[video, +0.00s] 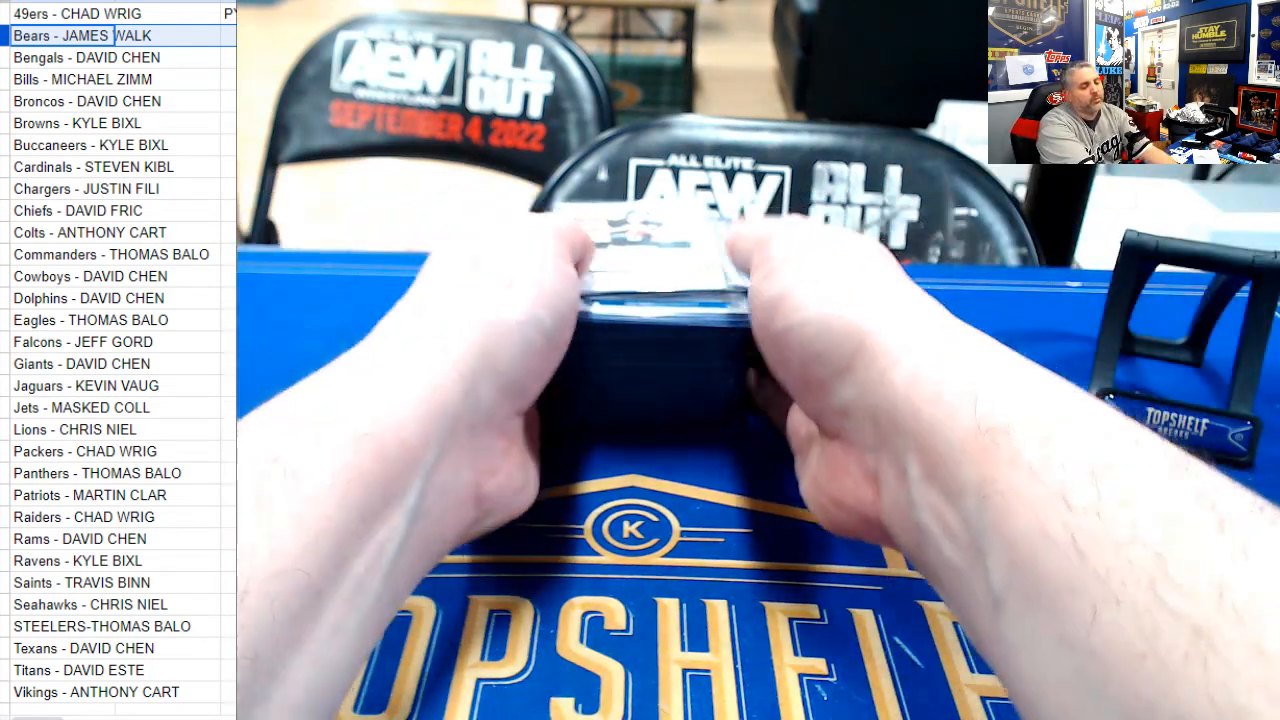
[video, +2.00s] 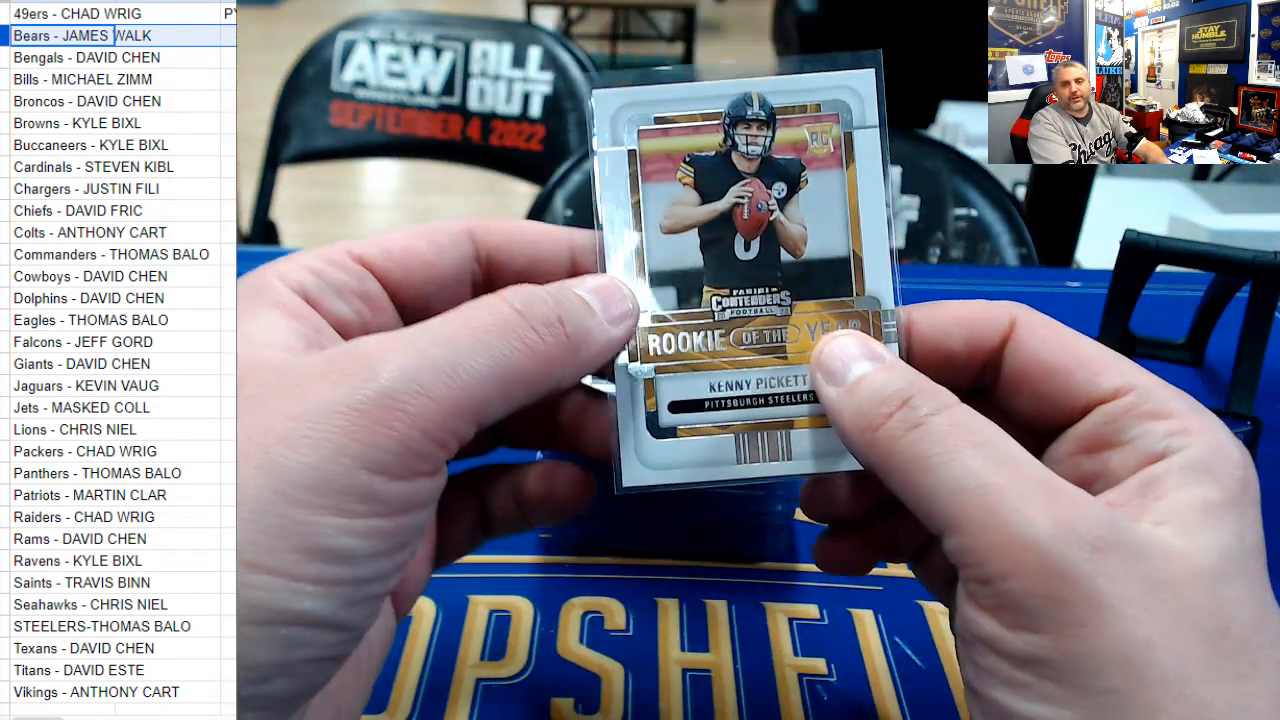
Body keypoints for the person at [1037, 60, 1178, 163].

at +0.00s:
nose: (1095, 90)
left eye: (1097, 82)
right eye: (1085, 86)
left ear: (1102, 84)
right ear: (1067, 95)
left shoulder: (1115, 114)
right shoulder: (1054, 125)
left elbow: (1148, 151)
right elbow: (1088, 174)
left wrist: (1183, 172)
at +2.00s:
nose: (1074, 89)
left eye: (1079, 81)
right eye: (1065, 84)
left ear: (1090, 86)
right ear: (1056, 92)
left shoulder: (1107, 114)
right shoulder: (1044, 122)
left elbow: (1145, 148)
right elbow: (1063, 174)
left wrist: (1172, 174)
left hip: (1113, 187)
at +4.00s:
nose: (1081, 92)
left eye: (1083, 84)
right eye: (1070, 88)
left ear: (1089, 84)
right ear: (1055, 96)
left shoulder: (1106, 114)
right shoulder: (1042, 123)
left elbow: (1143, 149)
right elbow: (1061, 177)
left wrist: (1173, 157)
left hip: (1112, 188)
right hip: (1070, 197)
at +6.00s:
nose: (1080, 95)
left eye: (1082, 86)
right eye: (1069, 91)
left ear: (1087, 85)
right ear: (1052, 99)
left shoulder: (1103, 114)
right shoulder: (1041, 124)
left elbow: (1147, 149)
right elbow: (1060, 177)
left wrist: (1189, 163)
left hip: (1110, 187)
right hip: (1070, 198)